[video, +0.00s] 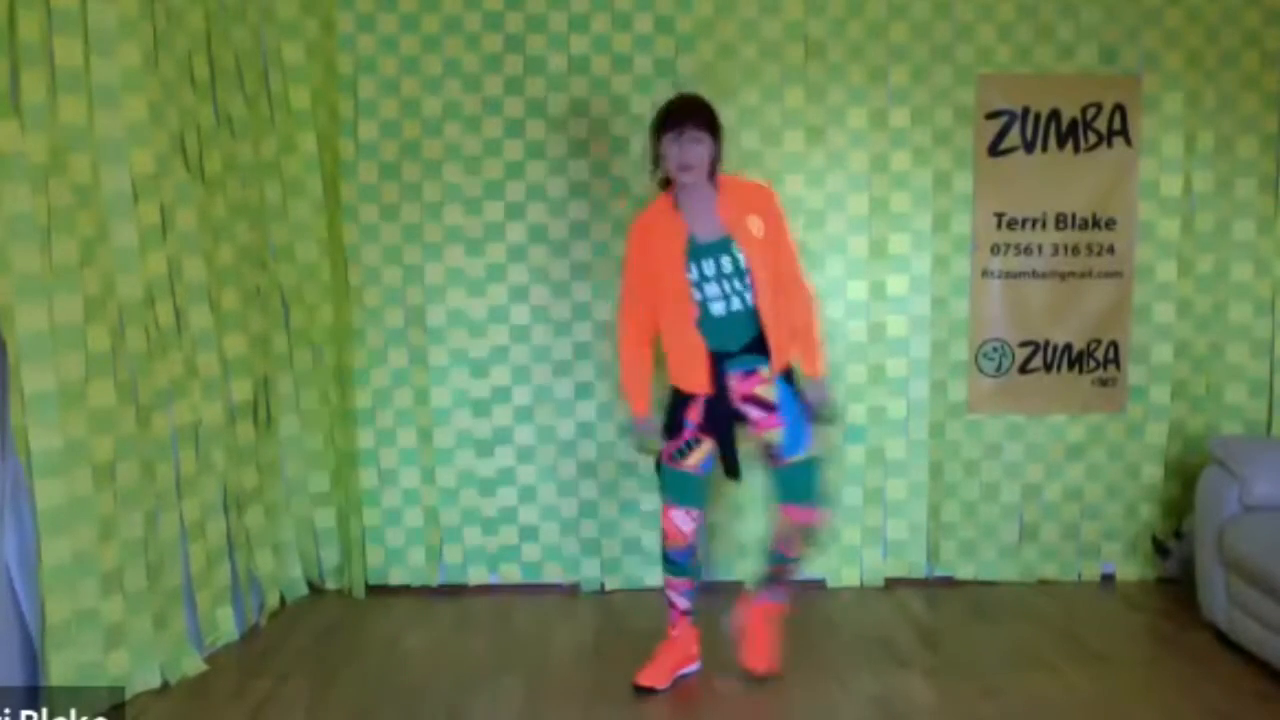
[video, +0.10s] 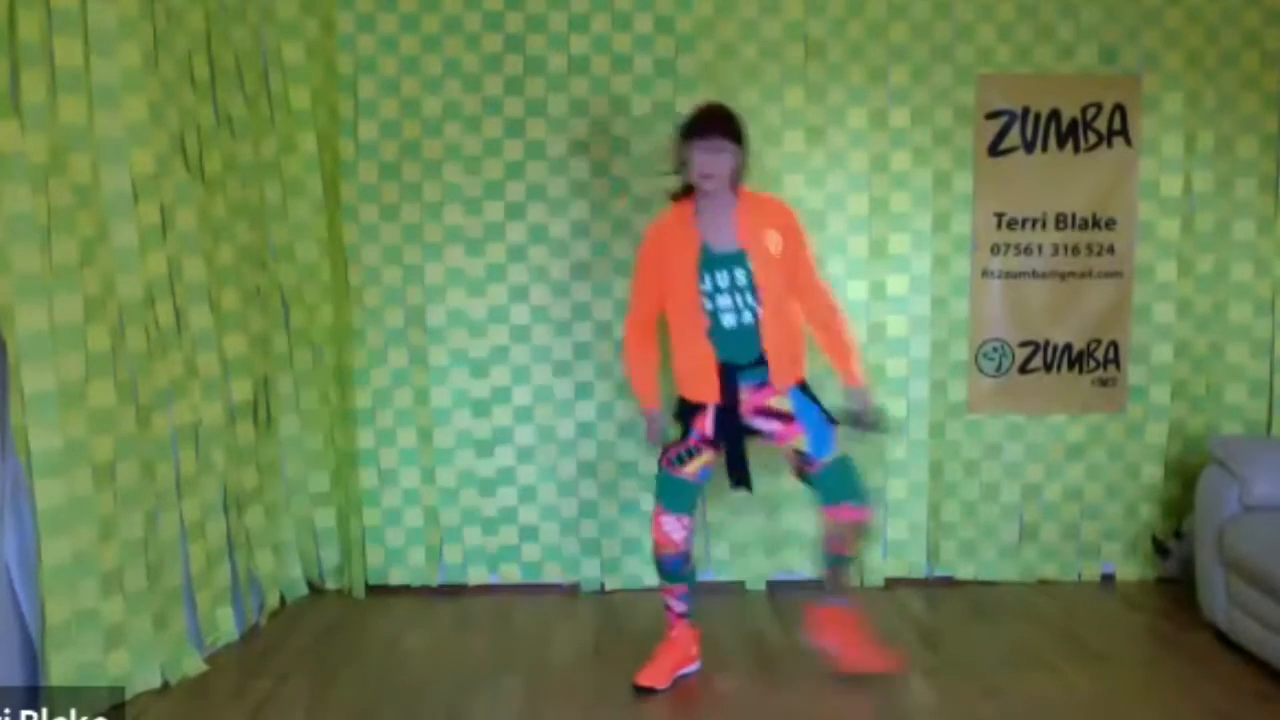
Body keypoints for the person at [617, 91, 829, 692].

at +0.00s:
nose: (686, 152)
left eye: (697, 141)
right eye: (674, 142)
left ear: (717, 149)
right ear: (660, 155)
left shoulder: (754, 201)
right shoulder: (650, 228)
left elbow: (789, 284)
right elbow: (636, 317)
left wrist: (810, 369)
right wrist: (638, 404)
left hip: (765, 369)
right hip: (695, 378)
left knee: (803, 502)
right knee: (679, 513)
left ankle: (766, 606)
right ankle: (680, 634)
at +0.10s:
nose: (708, 166)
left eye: (720, 154)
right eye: (698, 155)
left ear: (739, 160)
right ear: (684, 161)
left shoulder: (773, 218)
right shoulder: (666, 233)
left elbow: (813, 297)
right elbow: (640, 324)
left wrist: (853, 377)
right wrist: (650, 404)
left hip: (778, 388)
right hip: (704, 396)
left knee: (846, 500)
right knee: (670, 518)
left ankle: (834, 613)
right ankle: (679, 635)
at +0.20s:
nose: (746, 176)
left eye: (759, 165)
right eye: (737, 163)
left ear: (777, 175)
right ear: (721, 170)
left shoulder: (798, 237)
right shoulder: (689, 240)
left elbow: (848, 317)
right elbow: (649, 316)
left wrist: (901, 398)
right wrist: (656, 388)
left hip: (790, 407)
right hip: (713, 411)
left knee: (875, 507)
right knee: (661, 527)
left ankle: (913, 629)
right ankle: (678, 638)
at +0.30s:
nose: (849, 223)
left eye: (861, 213)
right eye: (840, 209)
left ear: (876, 222)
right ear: (821, 209)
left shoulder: (881, 293)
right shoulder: (774, 258)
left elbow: (936, 364)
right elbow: (699, 287)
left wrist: (999, 437)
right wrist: (699, 355)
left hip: (834, 441)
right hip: (755, 437)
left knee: (943, 531)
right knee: (670, 541)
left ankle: (969, 646)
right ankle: (680, 638)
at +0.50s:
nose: (932, 253)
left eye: (946, 246)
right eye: (926, 239)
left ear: (959, 262)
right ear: (904, 241)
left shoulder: (951, 337)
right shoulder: (851, 275)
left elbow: (1008, 403)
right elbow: (772, 265)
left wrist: (1080, 471)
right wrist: (764, 332)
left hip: (877, 460)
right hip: (800, 446)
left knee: (990, 530)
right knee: (691, 534)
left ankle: (977, 645)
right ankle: (682, 640)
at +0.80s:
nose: (915, 256)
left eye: (929, 249)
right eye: (909, 242)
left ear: (945, 258)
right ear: (893, 238)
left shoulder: (944, 324)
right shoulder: (846, 276)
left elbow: (999, 392)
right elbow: (762, 287)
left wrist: (1069, 463)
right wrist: (755, 357)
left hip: (868, 454)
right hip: (795, 445)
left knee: (987, 531)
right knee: (688, 537)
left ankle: (976, 646)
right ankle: (674, 638)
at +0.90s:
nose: (836, 214)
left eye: (850, 205)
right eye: (832, 201)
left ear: (869, 219)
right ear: (817, 204)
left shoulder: (879, 284)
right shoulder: (775, 258)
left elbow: (934, 356)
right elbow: (701, 308)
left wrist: (988, 432)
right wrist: (693, 381)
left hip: (833, 428)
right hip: (762, 426)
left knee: (935, 527)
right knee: (674, 536)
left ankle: (972, 643)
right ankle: (673, 639)